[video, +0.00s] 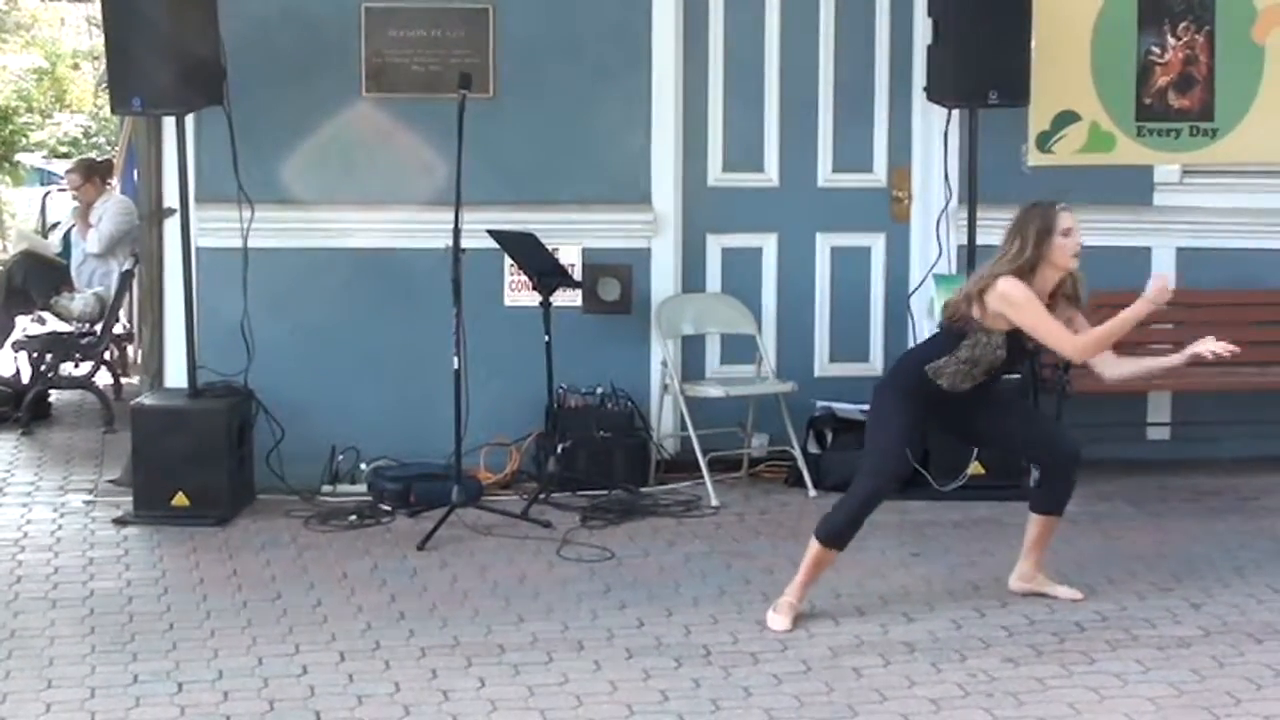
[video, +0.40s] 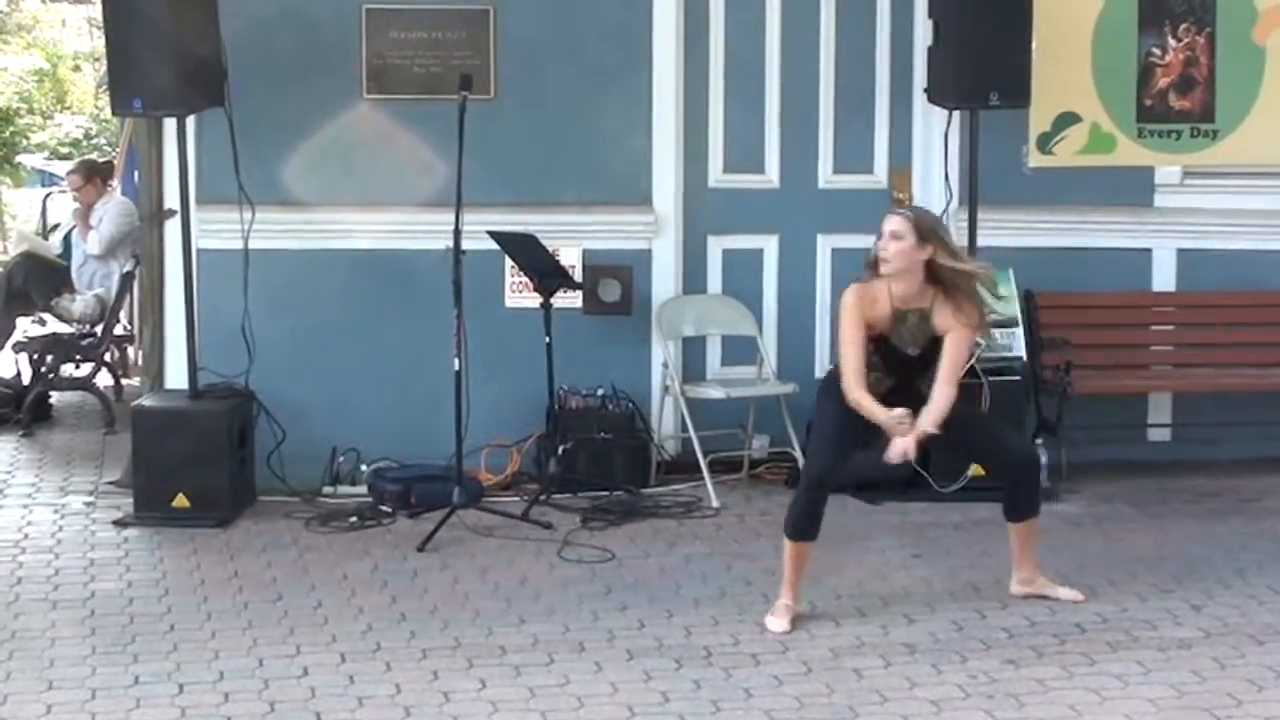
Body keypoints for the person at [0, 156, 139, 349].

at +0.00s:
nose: (73, 195)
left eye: (76, 189)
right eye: (71, 190)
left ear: (94, 183)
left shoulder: (121, 207)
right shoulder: (84, 210)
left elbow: (99, 245)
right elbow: (56, 247)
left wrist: (81, 221)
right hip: (75, 286)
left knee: (26, 262)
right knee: (10, 301)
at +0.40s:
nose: (74, 197)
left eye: (78, 191)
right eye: (72, 192)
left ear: (96, 184)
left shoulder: (121, 208)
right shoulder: (84, 211)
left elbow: (100, 247)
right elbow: (56, 248)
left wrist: (82, 223)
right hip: (75, 287)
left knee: (26, 263)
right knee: (10, 305)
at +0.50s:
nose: (75, 197)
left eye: (78, 190)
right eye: (73, 192)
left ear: (99, 184)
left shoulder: (121, 208)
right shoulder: (83, 211)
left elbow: (98, 246)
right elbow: (56, 247)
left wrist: (82, 222)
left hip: (98, 299)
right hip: (74, 291)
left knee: (26, 264)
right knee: (9, 301)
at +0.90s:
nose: (78, 195)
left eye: (81, 188)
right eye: (76, 189)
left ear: (100, 181)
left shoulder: (125, 205)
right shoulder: (86, 209)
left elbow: (102, 244)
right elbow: (59, 244)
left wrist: (86, 221)